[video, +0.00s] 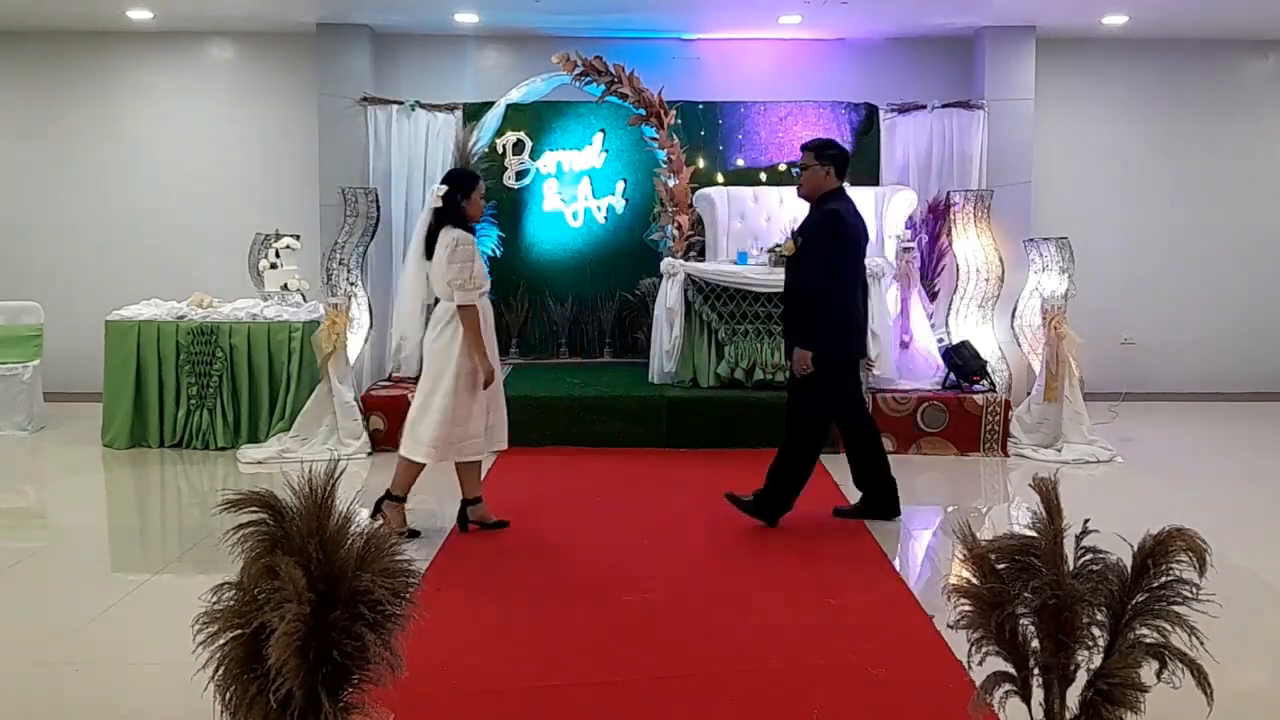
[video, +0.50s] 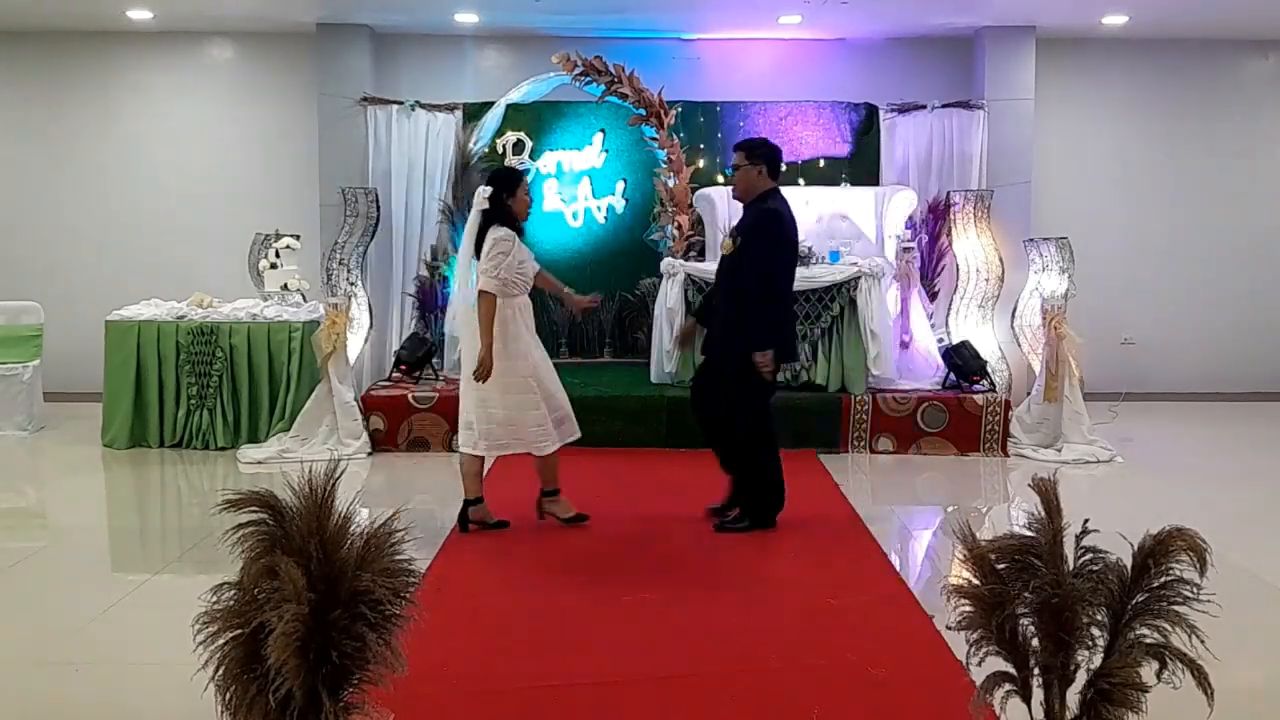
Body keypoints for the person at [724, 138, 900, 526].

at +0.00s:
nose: (798, 176)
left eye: (804, 169)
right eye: (799, 169)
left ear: (827, 172)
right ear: (827, 173)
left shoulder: (831, 218)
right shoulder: (836, 213)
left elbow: (823, 287)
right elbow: (827, 285)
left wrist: (805, 343)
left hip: (824, 341)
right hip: (837, 340)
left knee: (804, 426)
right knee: (853, 421)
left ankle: (772, 502)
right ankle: (880, 498)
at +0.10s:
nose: (786, 175)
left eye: (792, 168)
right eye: (787, 168)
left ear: (815, 171)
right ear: (817, 172)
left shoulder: (812, 219)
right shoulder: (832, 215)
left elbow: (791, 284)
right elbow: (821, 284)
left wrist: (775, 339)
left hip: (809, 341)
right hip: (828, 338)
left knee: (797, 427)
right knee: (844, 418)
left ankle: (768, 506)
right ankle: (878, 494)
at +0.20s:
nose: (773, 174)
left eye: (779, 166)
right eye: (774, 166)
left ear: (803, 170)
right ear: (805, 171)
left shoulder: (799, 215)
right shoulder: (816, 212)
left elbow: (774, 281)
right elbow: (803, 283)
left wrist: (750, 330)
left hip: (792, 339)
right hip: (808, 337)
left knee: (788, 426)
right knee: (824, 414)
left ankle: (766, 508)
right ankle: (872, 487)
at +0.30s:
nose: (759, 174)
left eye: (765, 165)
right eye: (760, 166)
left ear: (790, 170)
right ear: (792, 171)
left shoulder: (787, 214)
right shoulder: (800, 211)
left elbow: (759, 279)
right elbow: (777, 280)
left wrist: (728, 326)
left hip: (778, 338)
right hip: (788, 335)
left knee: (777, 423)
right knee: (780, 420)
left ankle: (761, 511)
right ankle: (845, 471)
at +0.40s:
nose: (745, 176)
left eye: (751, 168)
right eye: (747, 168)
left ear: (774, 171)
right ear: (776, 172)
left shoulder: (775, 217)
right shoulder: (783, 213)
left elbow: (749, 282)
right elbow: (754, 282)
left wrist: (728, 333)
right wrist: (733, 334)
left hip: (766, 339)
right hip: (772, 336)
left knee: (754, 413)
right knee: (752, 408)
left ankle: (762, 509)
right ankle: (800, 460)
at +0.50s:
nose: (732, 178)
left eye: (737, 170)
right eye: (732, 170)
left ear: (761, 172)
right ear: (757, 173)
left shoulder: (770, 216)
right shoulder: (755, 214)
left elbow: (769, 287)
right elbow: (732, 281)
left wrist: (765, 343)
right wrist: (698, 319)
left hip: (751, 344)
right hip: (732, 339)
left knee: (750, 423)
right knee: (708, 398)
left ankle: (760, 509)